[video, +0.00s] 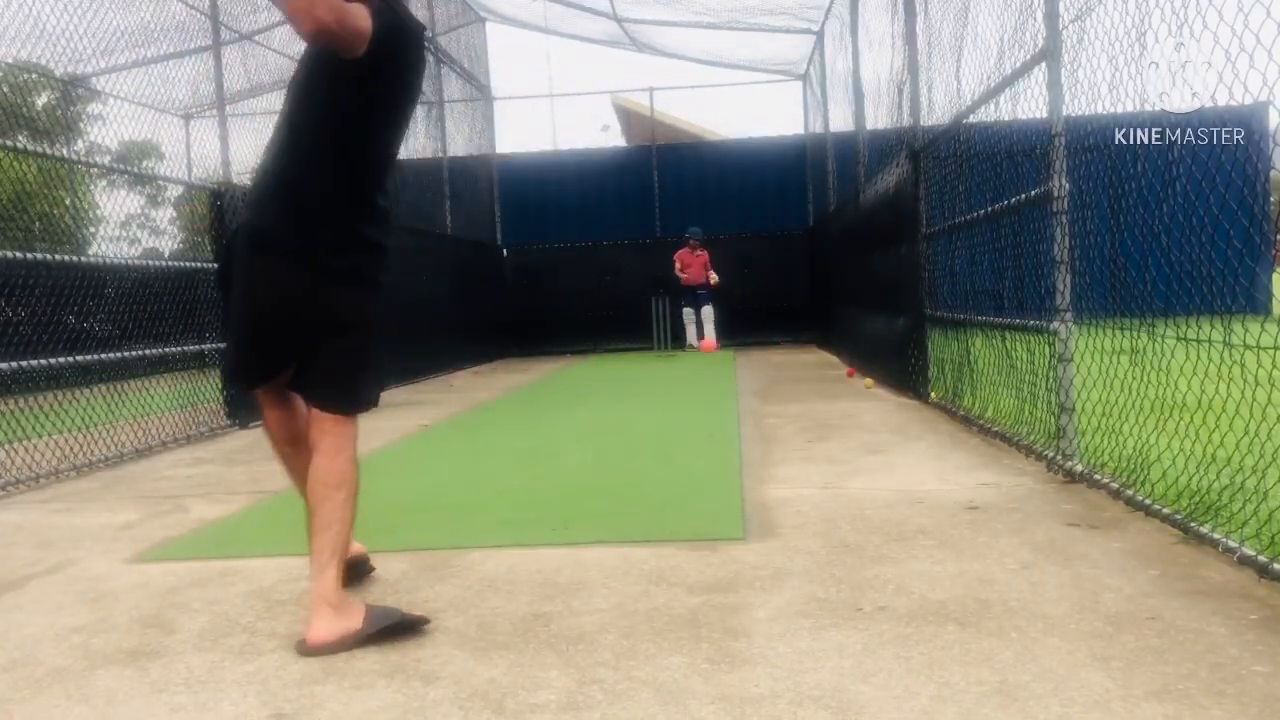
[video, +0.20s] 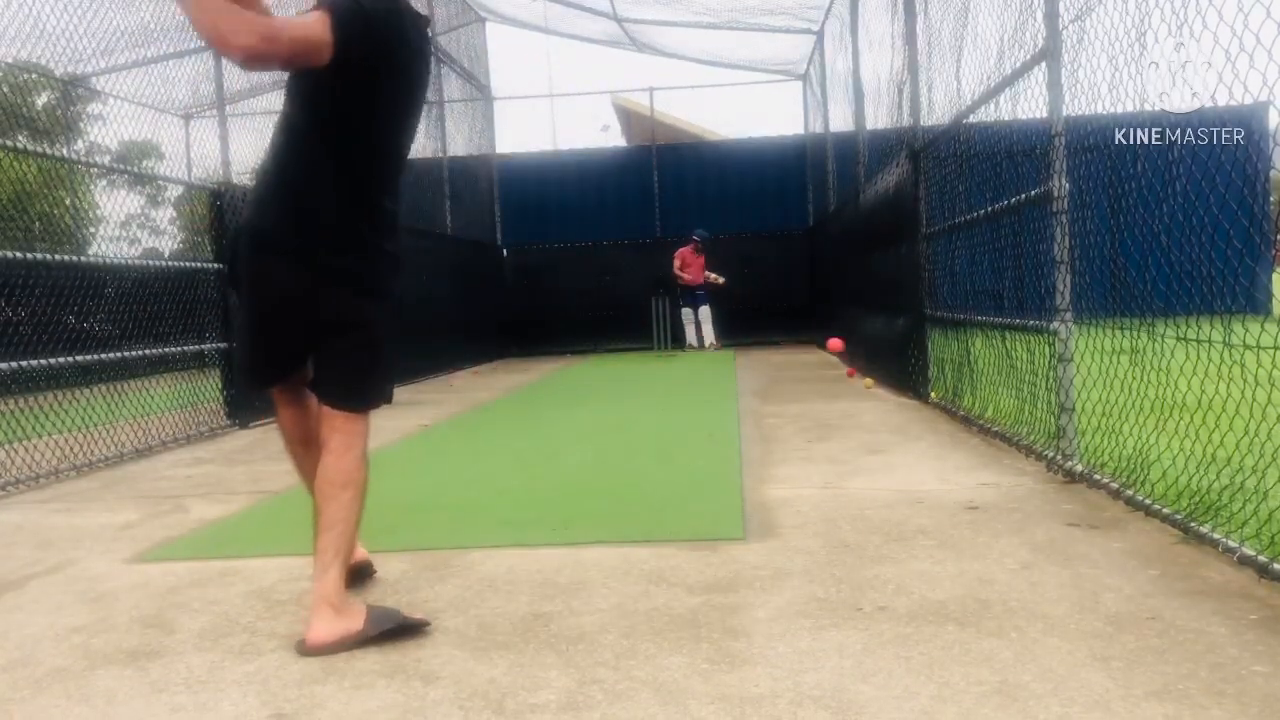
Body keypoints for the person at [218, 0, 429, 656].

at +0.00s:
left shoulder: (383, 25)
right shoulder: (391, 34)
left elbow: (317, 15)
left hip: (281, 243)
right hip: (343, 248)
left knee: (271, 388)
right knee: (334, 420)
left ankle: (338, 544)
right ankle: (328, 609)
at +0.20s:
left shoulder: (371, 17)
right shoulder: (397, 25)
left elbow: (248, 41)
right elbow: (260, 39)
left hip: (282, 243)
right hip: (352, 248)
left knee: (293, 402)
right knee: (345, 424)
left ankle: (342, 551)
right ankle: (330, 608)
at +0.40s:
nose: (488, 39)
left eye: (488, 29)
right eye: (486, 25)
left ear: (435, 13)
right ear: (461, 18)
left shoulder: (436, 78)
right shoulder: (397, 49)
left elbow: (398, 178)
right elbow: (319, 137)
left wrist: (436, 245)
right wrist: (419, 207)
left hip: (362, 245)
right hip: (322, 242)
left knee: (424, 382)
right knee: (382, 401)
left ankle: (399, 544)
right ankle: (339, 607)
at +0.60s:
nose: (487, 35)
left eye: (486, 24)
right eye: (485, 23)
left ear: (435, 17)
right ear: (468, 24)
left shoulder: (442, 93)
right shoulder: (384, 50)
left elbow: (457, 188)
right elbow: (360, 143)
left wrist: (505, 188)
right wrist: (475, 117)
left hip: (355, 255)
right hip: (319, 253)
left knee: (425, 376)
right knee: (402, 409)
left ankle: (400, 546)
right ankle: (338, 606)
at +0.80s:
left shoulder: (308, 7)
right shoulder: (443, 20)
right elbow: (455, 118)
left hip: (318, 215)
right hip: (394, 222)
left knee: (379, 391)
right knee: (409, 410)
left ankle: (400, 543)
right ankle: (341, 605)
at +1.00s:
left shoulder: (389, 7)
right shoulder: (444, 17)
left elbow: (325, 28)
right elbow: (310, 35)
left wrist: (250, 5)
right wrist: (239, 6)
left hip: (314, 214)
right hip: (399, 222)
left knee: (327, 391)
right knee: (372, 400)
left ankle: (366, 554)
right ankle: (339, 613)